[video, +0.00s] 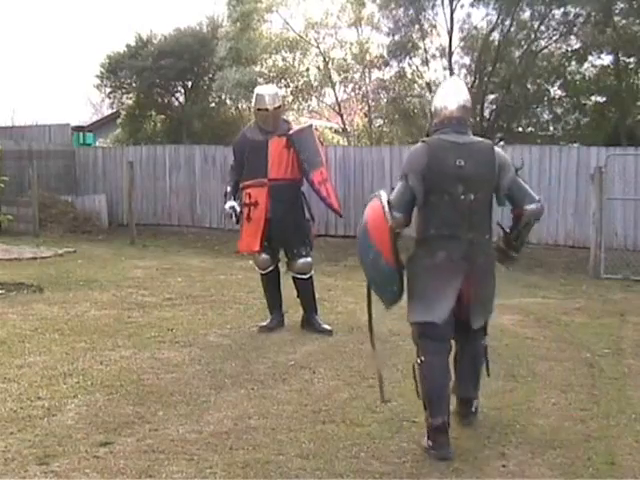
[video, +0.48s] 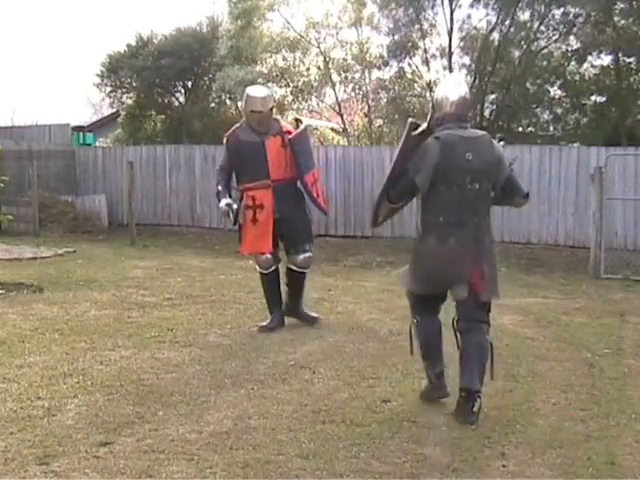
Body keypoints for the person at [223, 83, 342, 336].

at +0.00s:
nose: (267, 116)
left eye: (271, 110)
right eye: (261, 111)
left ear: (280, 109)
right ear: (254, 111)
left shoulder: (293, 135)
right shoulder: (244, 140)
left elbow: (312, 166)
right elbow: (235, 175)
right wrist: (231, 199)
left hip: (291, 207)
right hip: (258, 210)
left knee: (302, 262)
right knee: (264, 261)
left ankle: (310, 316)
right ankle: (276, 315)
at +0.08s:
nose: (265, 116)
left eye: (270, 110)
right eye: (260, 111)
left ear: (279, 109)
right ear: (253, 111)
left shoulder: (293, 134)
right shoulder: (243, 139)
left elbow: (311, 165)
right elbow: (234, 173)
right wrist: (230, 199)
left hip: (290, 206)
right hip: (258, 209)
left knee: (302, 261)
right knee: (264, 261)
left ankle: (311, 316)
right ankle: (276, 315)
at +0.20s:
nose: (261, 117)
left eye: (266, 111)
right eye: (256, 112)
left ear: (276, 109)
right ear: (250, 111)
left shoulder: (291, 134)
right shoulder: (240, 139)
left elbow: (309, 169)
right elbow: (231, 175)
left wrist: (305, 137)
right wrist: (229, 200)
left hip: (290, 205)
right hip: (257, 207)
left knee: (303, 260)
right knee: (264, 260)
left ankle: (312, 315)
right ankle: (275, 315)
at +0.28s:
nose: (260, 117)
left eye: (264, 112)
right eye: (255, 112)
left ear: (275, 109)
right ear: (248, 111)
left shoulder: (290, 133)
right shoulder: (238, 138)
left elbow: (308, 170)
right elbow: (229, 172)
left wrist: (302, 140)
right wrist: (227, 199)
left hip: (289, 202)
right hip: (257, 206)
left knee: (304, 259)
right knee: (265, 260)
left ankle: (312, 315)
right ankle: (276, 316)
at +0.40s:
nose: (256, 117)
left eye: (261, 113)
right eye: (252, 112)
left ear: (272, 110)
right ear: (245, 111)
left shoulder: (287, 132)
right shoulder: (236, 138)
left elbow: (306, 168)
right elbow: (225, 172)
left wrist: (301, 139)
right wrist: (225, 199)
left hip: (289, 200)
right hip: (256, 204)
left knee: (303, 257)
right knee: (265, 260)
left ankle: (304, 312)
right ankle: (276, 315)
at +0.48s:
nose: (256, 117)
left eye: (261, 112)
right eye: (252, 112)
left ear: (271, 109)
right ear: (245, 111)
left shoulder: (287, 132)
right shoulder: (235, 138)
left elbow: (306, 166)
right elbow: (223, 172)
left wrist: (301, 139)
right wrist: (224, 197)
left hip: (289, 200)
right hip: (256, 205)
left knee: (302, 255)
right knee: (265, 259)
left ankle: (295, 306)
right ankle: (276, 314)